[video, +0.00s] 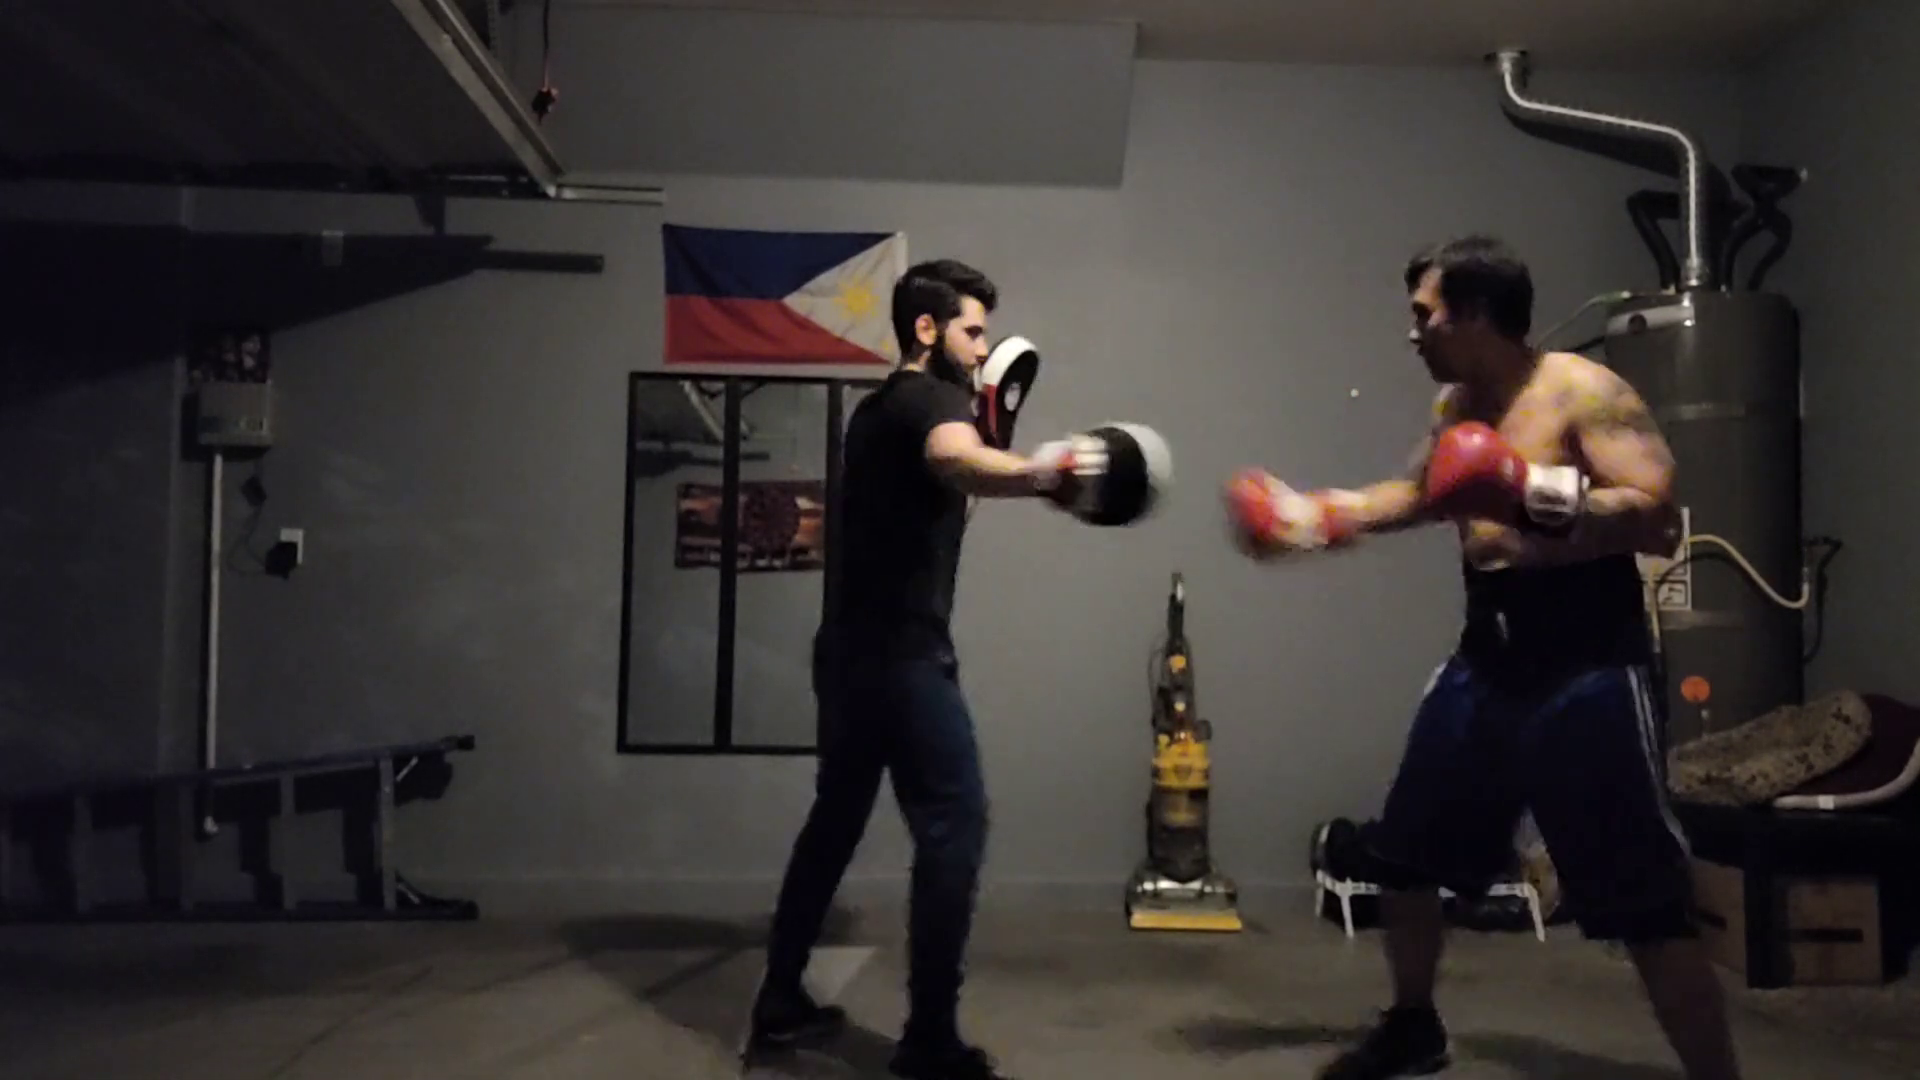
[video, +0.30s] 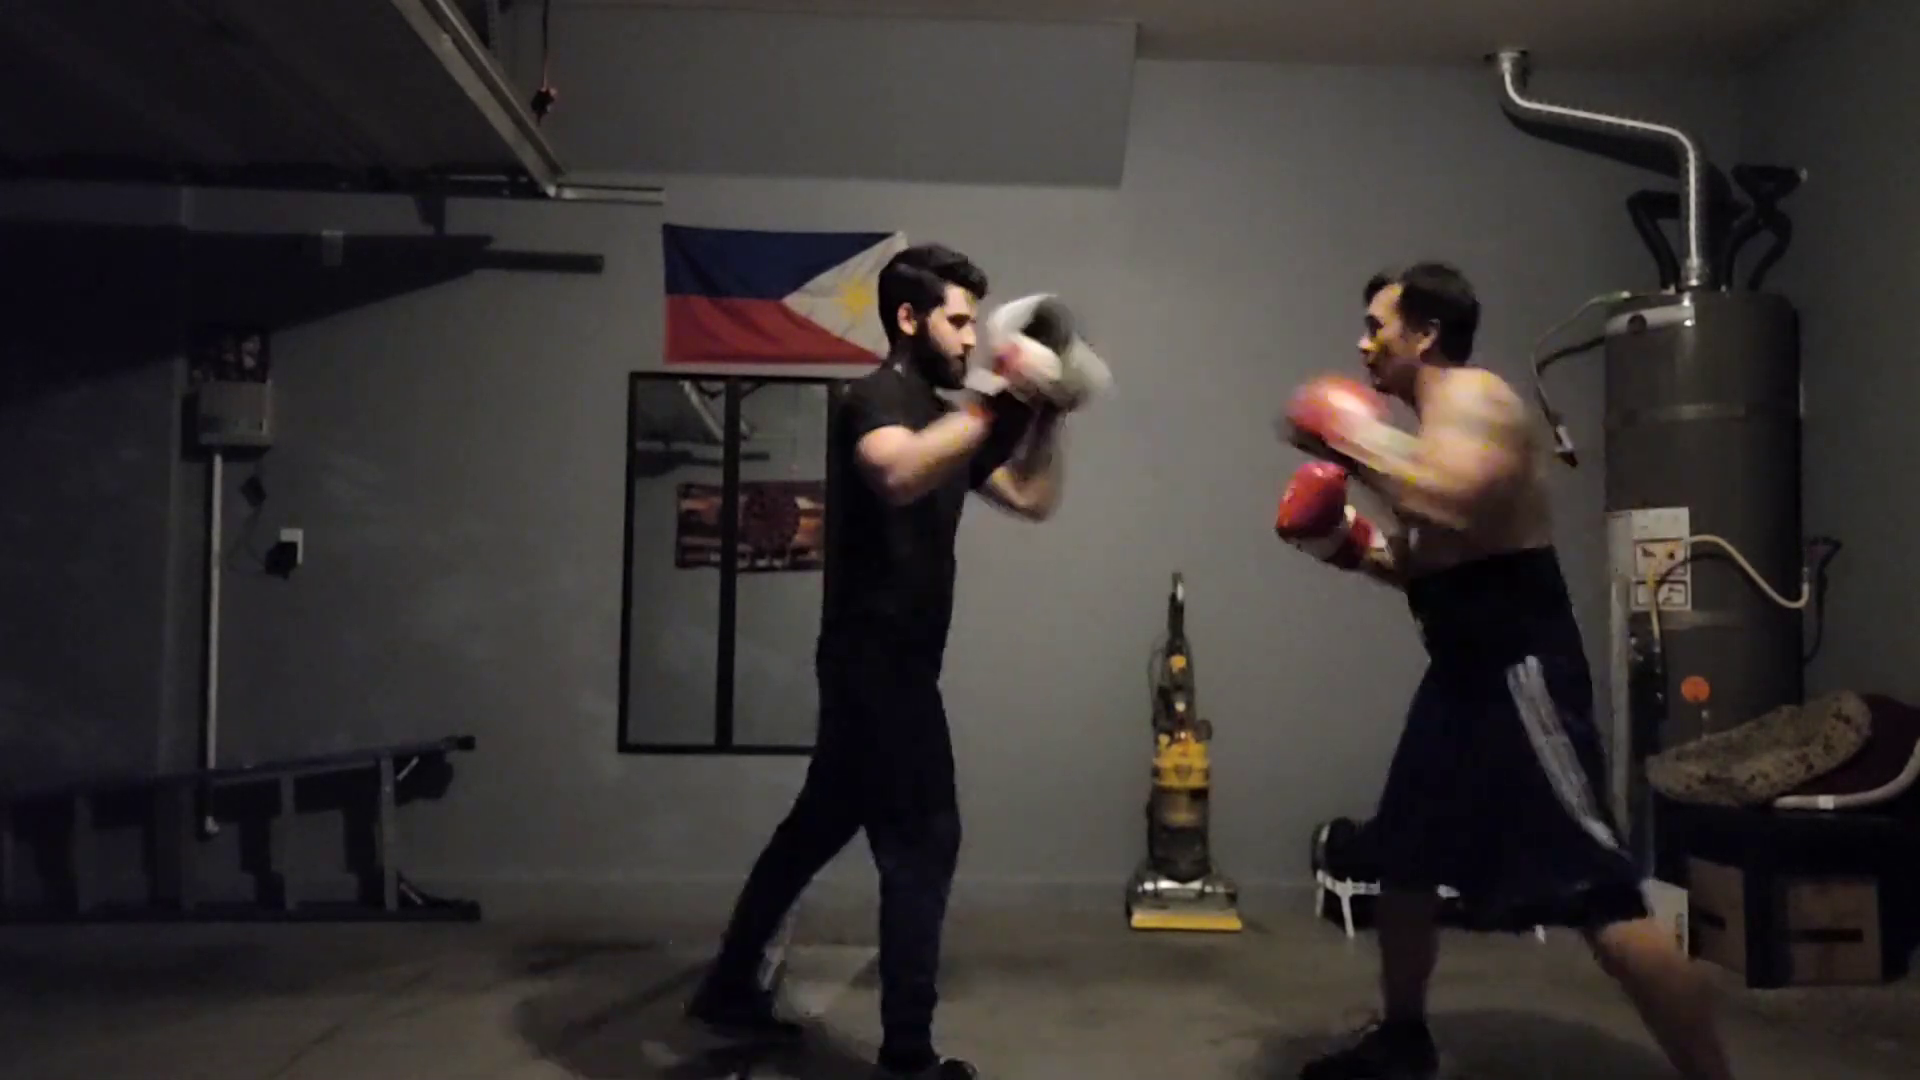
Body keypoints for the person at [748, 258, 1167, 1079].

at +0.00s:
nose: (982, 351)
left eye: (984, 337)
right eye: (973, 334)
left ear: (915, 338)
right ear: (927, 329)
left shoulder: (879, 407)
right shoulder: (929, 394)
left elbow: (926, 479)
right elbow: (956, 458)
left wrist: (979, 418)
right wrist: (1044, 473)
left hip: (851, 653)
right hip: (906, 658)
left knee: (833, 823)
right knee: (955, 827)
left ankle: (779, 997)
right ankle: (931, 1037)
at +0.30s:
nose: (972, 338)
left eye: (975, 323)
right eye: (959, 321)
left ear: (946, 327)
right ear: (909, 319)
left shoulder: (945, 414)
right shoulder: (873, 397)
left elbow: (1029, 498)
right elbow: (897, 471)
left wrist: (1046, 410)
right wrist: (991, 403)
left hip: (896, 660)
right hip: (874, 660)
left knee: (818, 824)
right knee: (923, 845)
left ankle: (730, 987)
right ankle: (908, 1052)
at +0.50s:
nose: (949, 324)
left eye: (948, 311)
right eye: (936, 310)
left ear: (896, 322)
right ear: (889, 319)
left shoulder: (913, 404)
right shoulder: (851, 399)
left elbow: (1023, 478)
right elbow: (943, 437)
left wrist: (1055, 394)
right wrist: (945, 340)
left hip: (880, 657)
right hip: (865, 659)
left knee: (813, 832)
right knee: (921, 848)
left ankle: (725, 994)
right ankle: (907, 1055)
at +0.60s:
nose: (933, 337)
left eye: (934, 321)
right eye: (922, 320)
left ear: (879, 323)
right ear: (873, 316)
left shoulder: (874, 406)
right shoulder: (868, 391)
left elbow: (981, 487)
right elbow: (994, 418)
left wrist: (999, 389)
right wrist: (1047, 350)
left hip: (846, 657)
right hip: (861, 660)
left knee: (814, 826)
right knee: (917, 844)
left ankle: (725, 1003)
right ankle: (907, 1051)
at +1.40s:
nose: (885, 318)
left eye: (887, 302)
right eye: (878, 300)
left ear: (803, 296)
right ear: (832, 294)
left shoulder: (758, 378)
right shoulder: (838, 366)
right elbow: (989, 376)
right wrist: (1042, 302)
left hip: (752, 658)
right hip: (827, 666)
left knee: (739, 841)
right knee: (849, 863)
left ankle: (714, 1016)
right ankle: (815, 1062)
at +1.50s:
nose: (873, 304)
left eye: (873, 289)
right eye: (867, 287)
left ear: (796, 283)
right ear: (822, 279)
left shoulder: (740, 374)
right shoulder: (824, 357)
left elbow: (936, 418)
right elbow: (962, 413)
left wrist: (1018, 363)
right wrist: (1016, 330)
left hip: (735, 646)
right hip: (820, 651)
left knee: (721, 835)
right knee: (829, 859)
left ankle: (643, 1035)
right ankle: (811, 1059)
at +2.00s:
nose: (767, 296)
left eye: (771, 281)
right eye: (763, 278)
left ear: (681, 270)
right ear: (719, 267)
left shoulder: (630, 360)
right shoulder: (700, 344)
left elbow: (671, 503)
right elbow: (817, 415)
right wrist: (817, 318)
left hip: (628, 655)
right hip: (711, 657)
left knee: (591, 868)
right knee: (802, 853)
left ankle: (532, 1063)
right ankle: (831, 1061)